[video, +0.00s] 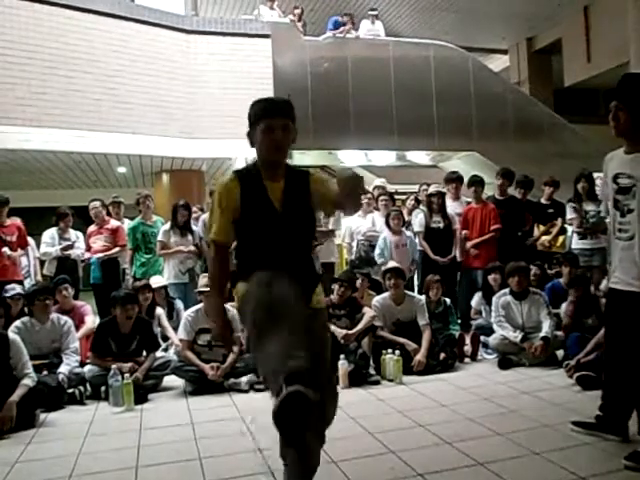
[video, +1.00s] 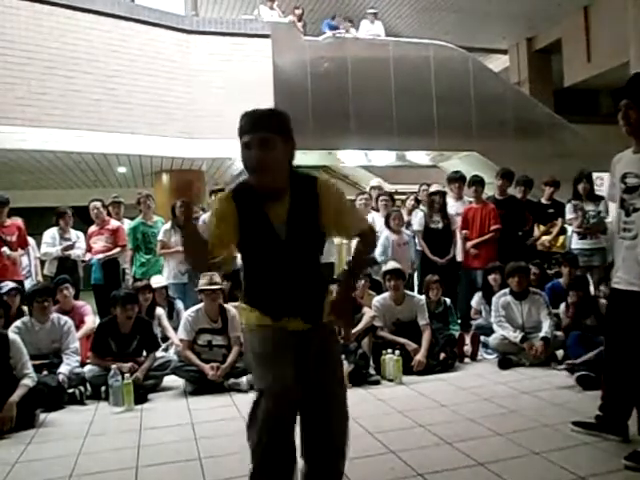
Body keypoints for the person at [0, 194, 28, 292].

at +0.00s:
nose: (2, 211)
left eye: (3, 208)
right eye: (1, 208)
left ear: (7, 208)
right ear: (0, 209)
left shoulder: (16, 225)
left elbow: (24, 247)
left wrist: (16, 254)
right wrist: (7, 253)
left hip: (14, 276)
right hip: (2, 276)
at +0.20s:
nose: (2, 211)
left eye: (4, 208)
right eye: (1, 208)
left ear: (7, 208)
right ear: (1, 209)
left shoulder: (17, 226)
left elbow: (24, 247)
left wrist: (16, 254)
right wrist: (6, 253)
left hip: (14, 276)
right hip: (2, 275)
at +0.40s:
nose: (2, 211)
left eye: (4, 207)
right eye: (1, 208)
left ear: (8, 208)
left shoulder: (17, 225)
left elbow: (24, 247)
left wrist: (16, 254)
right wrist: (7, 253)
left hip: (13, 275)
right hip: (2, 275)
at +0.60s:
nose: (2, 211)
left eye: (4, 207)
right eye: (1, 208)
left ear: (7, 208)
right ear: (1, 209)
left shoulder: (17, 225)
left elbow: (24, 247)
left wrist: (16, 254)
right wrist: (8, 253)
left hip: (13, 275)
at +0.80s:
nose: (2, 210)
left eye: (4, 207)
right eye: (2, 207)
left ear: (7, 208)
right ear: (2, 208)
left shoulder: (17, 225)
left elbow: (24, 247)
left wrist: (15, 254)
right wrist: (7, 253)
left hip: (14, 276)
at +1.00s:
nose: (2, 211)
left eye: (4, 208)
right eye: (1, 208)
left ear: (8, 208)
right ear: (1, 209)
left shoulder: (17, 225)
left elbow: (24, 247)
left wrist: (16, 254)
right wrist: (8, 253)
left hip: (15, 276)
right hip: (3, 276)